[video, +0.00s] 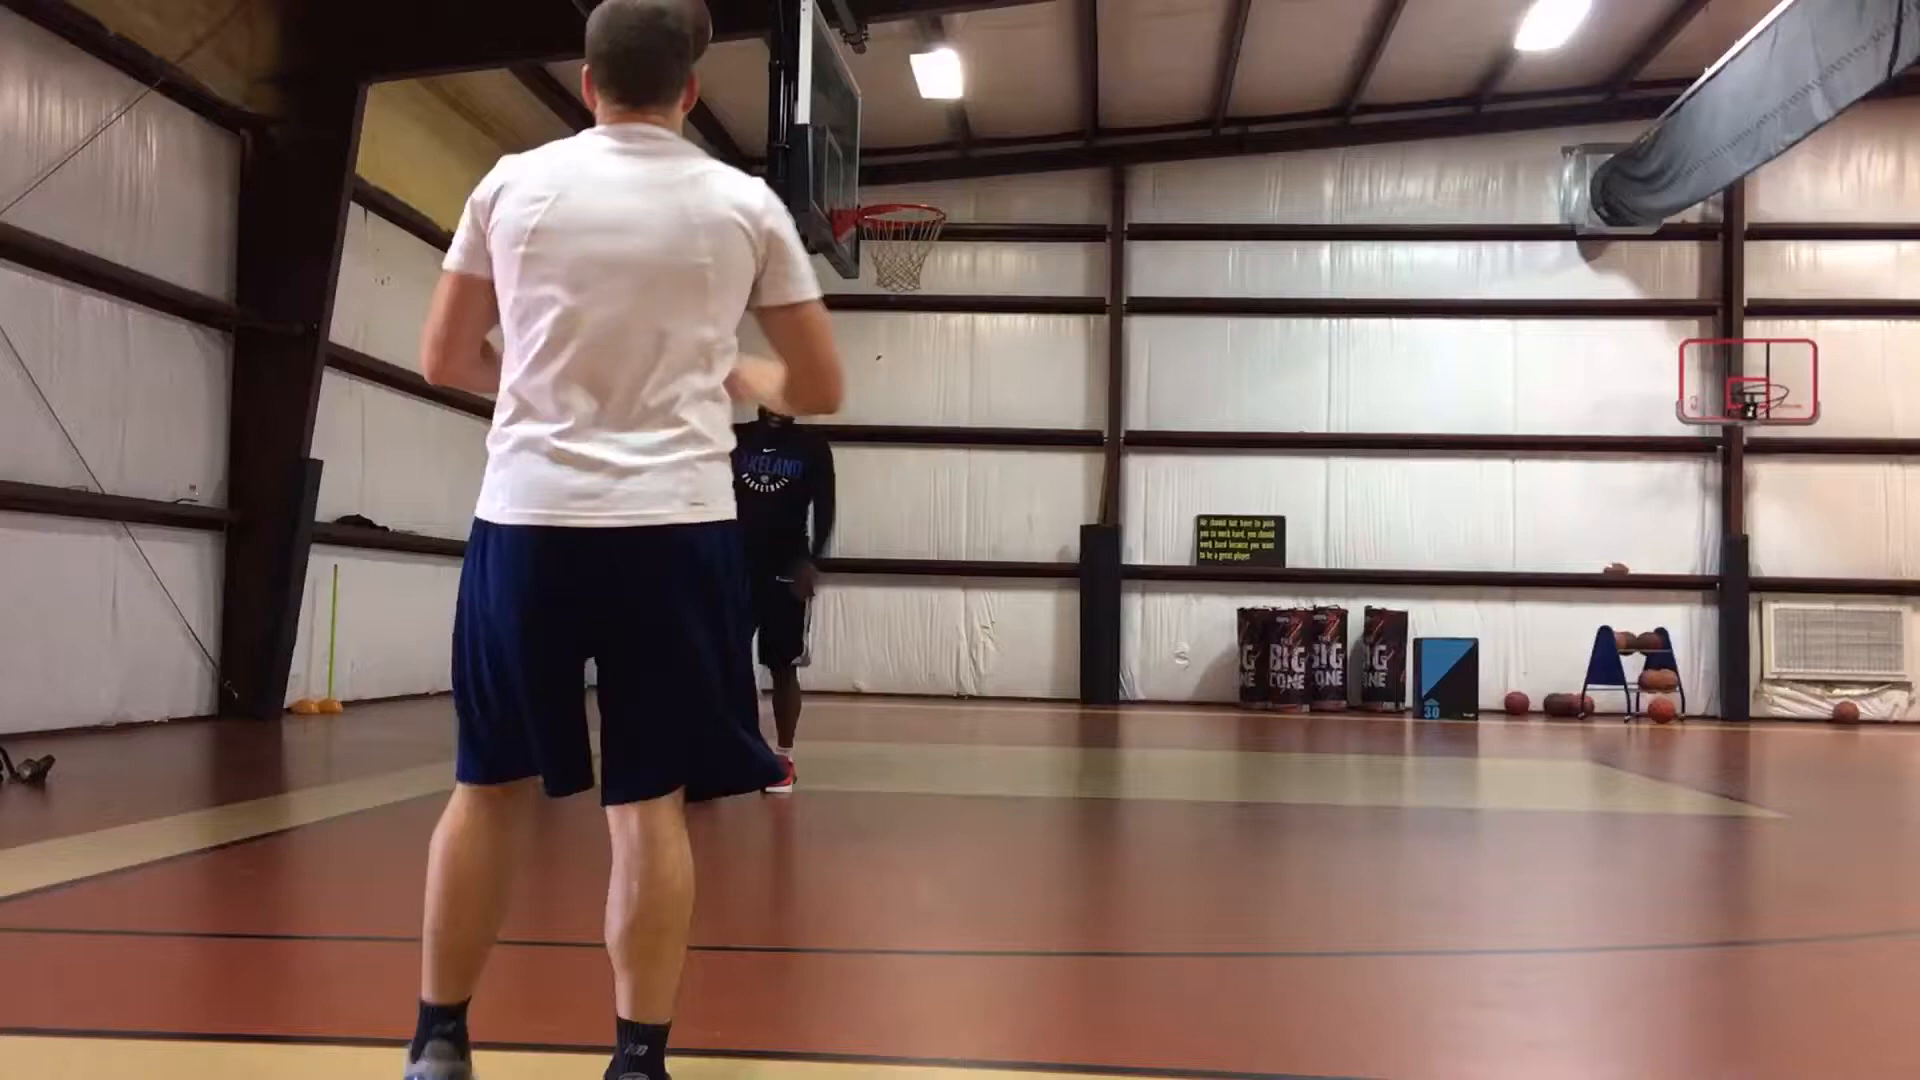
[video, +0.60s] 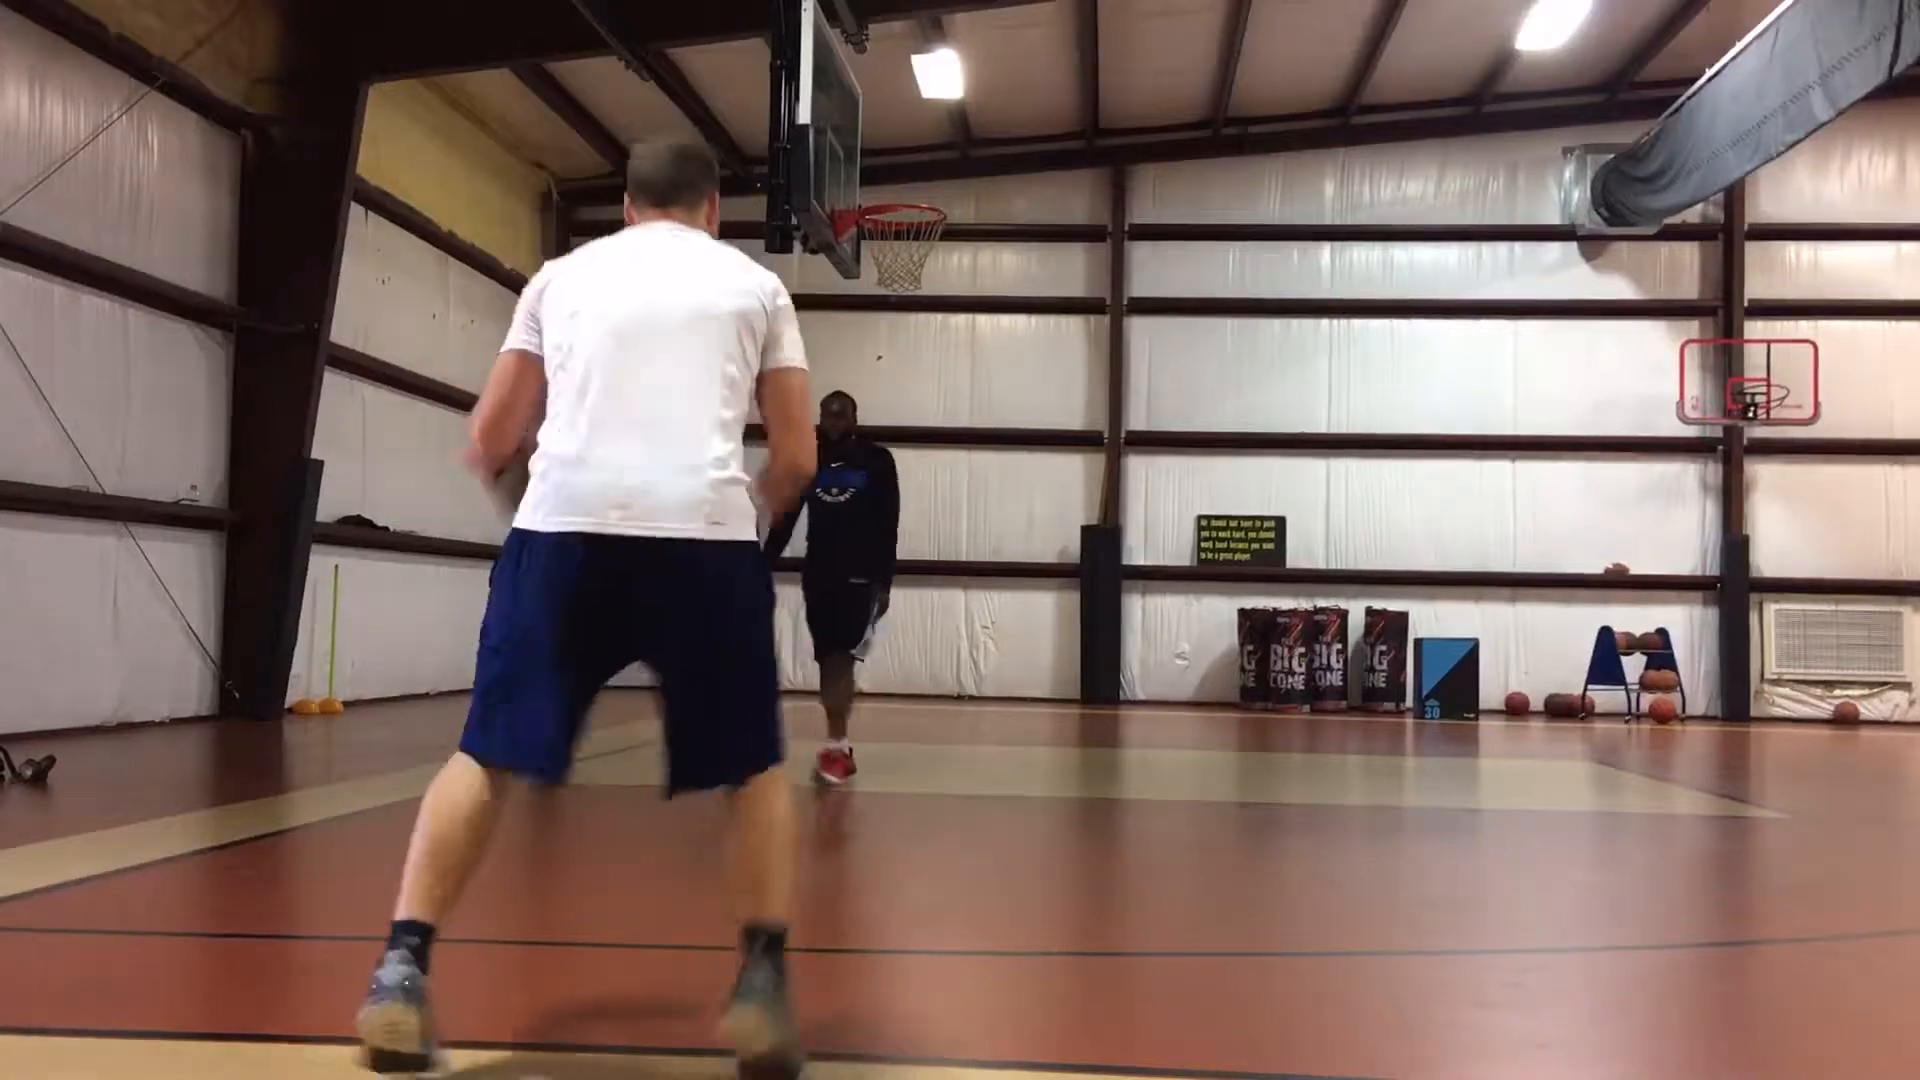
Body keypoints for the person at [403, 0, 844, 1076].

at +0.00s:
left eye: (585, 76)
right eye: (687, 75)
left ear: (582, 84)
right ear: (691, 89)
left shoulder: (513, 185)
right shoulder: (746, 205)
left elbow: (445, 357)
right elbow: (820, 389)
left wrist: (547, 382)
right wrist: (750, 375)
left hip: (527, 538)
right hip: (678, 543)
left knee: (490, 785)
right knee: (652, 801)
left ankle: (437, 1047)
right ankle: (640, 1063)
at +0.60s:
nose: (711, 220)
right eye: (716, 207)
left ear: (623, 209)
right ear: (714, 209)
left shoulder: (558, 277)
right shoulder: (758, 285)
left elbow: (493, 438)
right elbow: (796, 459)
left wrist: (504, 468)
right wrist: (746, 517)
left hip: (562, 537)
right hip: (708, 542)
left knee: (486, 751)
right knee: (758, 765)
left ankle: (400, 974)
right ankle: (761, 988)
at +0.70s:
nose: (726, 279)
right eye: (728, 266)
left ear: (636, 265)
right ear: (721, 267)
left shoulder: (567, 329)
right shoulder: (760, 337)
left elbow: (501, 482)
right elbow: (799, 503)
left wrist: (474, 596)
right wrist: (824, 634)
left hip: (556, 566)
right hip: (702, 569)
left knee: (469, 779)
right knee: (773, 761)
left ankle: (345, 995)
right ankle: (845, 978)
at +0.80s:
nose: (750, 375)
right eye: (750, 366)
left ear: (665, 363)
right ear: (739, 362)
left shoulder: (598, 419)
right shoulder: (771, 424)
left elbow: (558, 577)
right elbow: (797, 584)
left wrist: (569, 766)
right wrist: (825, 738)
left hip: (561, 627)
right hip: (702, 630)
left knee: (465, 829)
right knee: (782, 799)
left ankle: (352, 1022)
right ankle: (870, 985)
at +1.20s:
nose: (721, 437)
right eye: (721, 427)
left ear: (636, 418)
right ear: (715, 425)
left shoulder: (573, 466)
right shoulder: (734, 471)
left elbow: (532, 608)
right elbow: (765, 592)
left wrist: (531, 793)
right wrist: (786, 736)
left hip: (537, 642)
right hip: (677, 649)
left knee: (389, 809)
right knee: (783, 803)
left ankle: (361, 1023)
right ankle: (874, 988)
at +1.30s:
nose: (686, 356)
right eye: (684, 344)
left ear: (598, 336)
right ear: (671, 340)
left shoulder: (522, 392)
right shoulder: (685, 388)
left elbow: (426, 539)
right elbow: (739, 484)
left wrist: (407, 656)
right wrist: (786, 631)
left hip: (484, 594)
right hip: (626, 592)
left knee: (397, 813)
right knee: (727, 793)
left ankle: (364, 1025)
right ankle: (819, 977)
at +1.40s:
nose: (662, 280)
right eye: (662, 268)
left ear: (570, 260)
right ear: (651, 266)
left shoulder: (493, 317)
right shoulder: (670, 321)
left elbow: (395, 431)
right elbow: (712, 436)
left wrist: (349, 523)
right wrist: (725, 566)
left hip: (446, 537)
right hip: (584, 540)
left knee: (418, 774)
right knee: (668, 758)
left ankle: (356, 991)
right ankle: (665, 969)